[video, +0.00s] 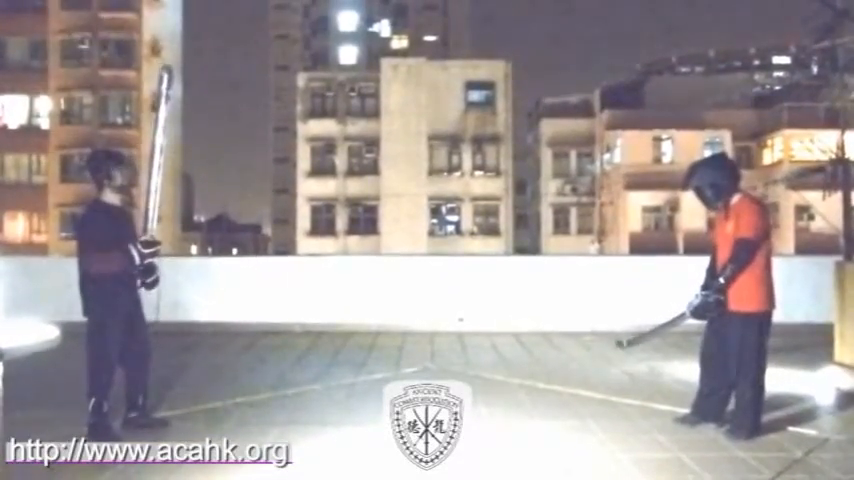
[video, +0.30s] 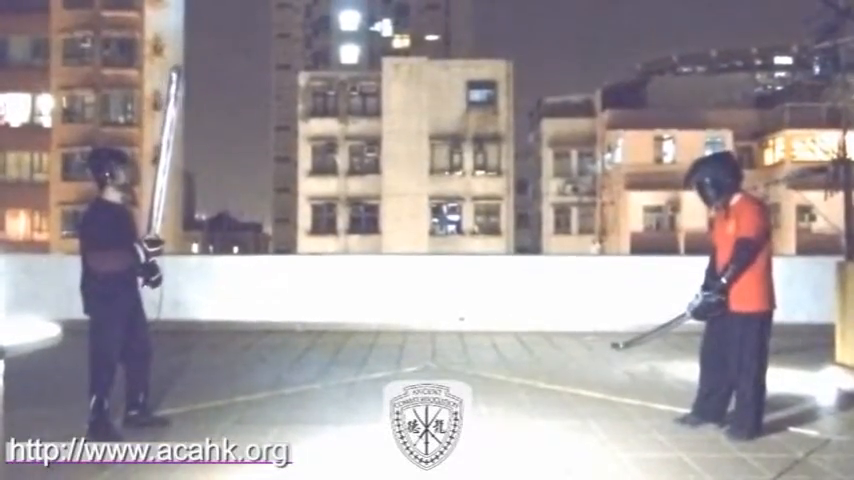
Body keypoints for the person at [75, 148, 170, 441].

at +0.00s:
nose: (131, 177)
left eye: (130, 171)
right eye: (125, 171)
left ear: (112, 176)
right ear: (108, 175)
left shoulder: (123, 214)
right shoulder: (94, 217)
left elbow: (124, 255)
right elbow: (93, 265)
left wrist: (143, 260)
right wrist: (131, 258)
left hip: (126, 294)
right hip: (102, 297)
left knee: (137, 349)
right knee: (104, 354)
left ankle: (136, 411)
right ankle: (98, 417)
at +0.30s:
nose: (130, 175)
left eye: (128, 170)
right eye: (125, 169)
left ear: (110, 174)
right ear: (110, 173)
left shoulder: (123, 211)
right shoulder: (97, 215)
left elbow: (124, 250)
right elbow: (97, 261)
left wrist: (144, 250)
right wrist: (138, 264)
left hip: (126, 292)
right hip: (104, 294)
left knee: (138, 347)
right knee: (106, 352)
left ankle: (137, 408)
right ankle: (98, 416)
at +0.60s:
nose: (137, 174)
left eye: (136, 169)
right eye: (131, 169)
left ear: (118, 174)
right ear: (116, 173)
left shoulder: (127, 212)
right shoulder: (102, 214)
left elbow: (129, 252)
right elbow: (104, 260)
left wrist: (150, 262)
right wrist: (143, 259)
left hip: (131, 292)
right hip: (109, 295)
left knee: (143, 347)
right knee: (111, 352)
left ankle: (142, 407)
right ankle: (103, 414)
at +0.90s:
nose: (150, 180)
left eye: (149, 175)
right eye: (145, 175)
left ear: (131, 178)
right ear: (129, 177)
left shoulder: (139, 217)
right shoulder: (115, 218)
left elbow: (143, 254)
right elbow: (118, 263)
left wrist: (162, 266)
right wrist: (157, 265)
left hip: (145, 298)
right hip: (123, 300)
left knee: (157, 349)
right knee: (125, 354)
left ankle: (156, 408)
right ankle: (119, 414)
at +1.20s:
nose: (155, 176)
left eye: (154, 171)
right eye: (149, 170)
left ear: (140, 175)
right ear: (133, 173)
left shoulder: (145, 211)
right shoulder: (116, 213)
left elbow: (145, 252)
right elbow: (117, 259)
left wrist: (163, 264)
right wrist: (158, 255)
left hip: (147, 293)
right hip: (123, 296)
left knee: (159, 346)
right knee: (125, 352)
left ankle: (157, 405)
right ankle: (118, 410)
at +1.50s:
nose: (144, 172)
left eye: (146, 166)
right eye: (138, 166)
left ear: (146, 171)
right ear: (122, 170)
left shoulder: (143, 210)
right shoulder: (107, 210)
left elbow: (144, 249)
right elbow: (107, 255)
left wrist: (159, 254)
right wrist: (147, 250)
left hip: (141, 288)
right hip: (115, 291)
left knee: (152, 343)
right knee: (118, 347)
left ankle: (149, 402)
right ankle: (111, 407)